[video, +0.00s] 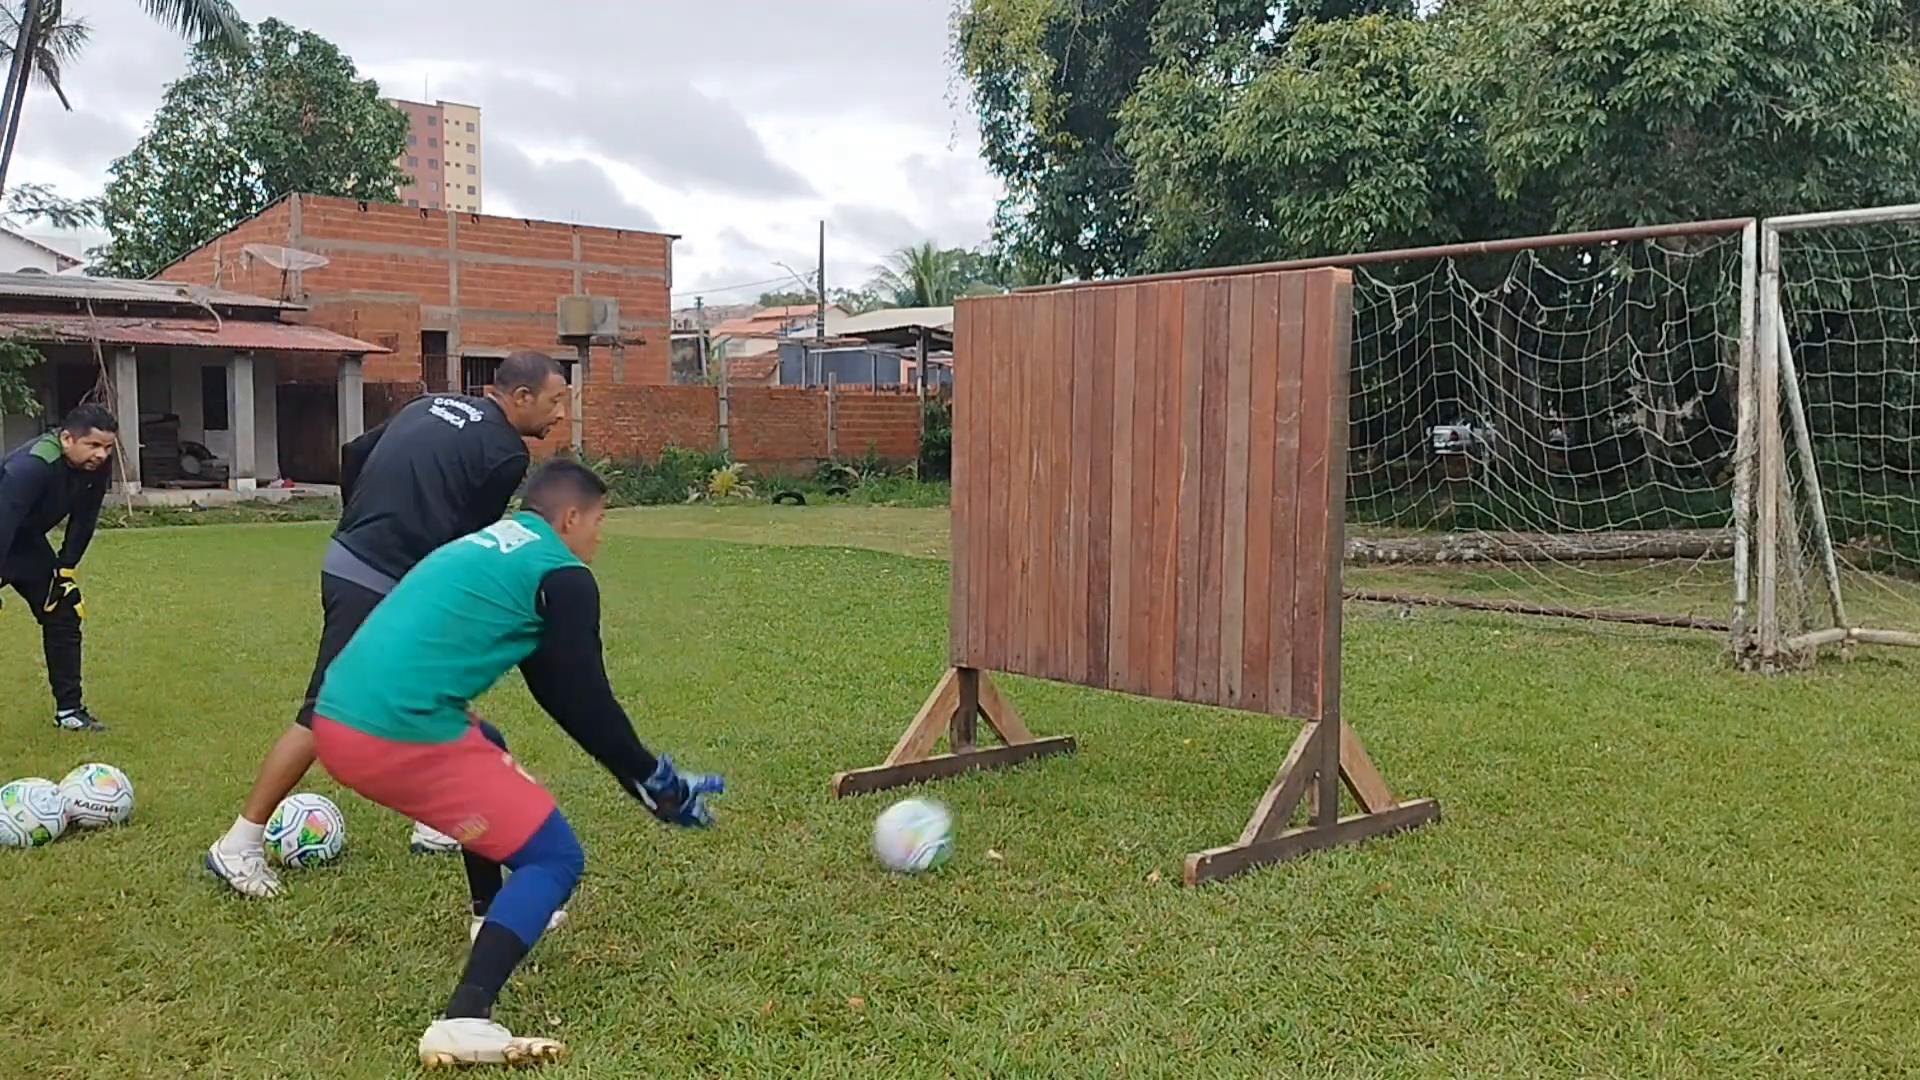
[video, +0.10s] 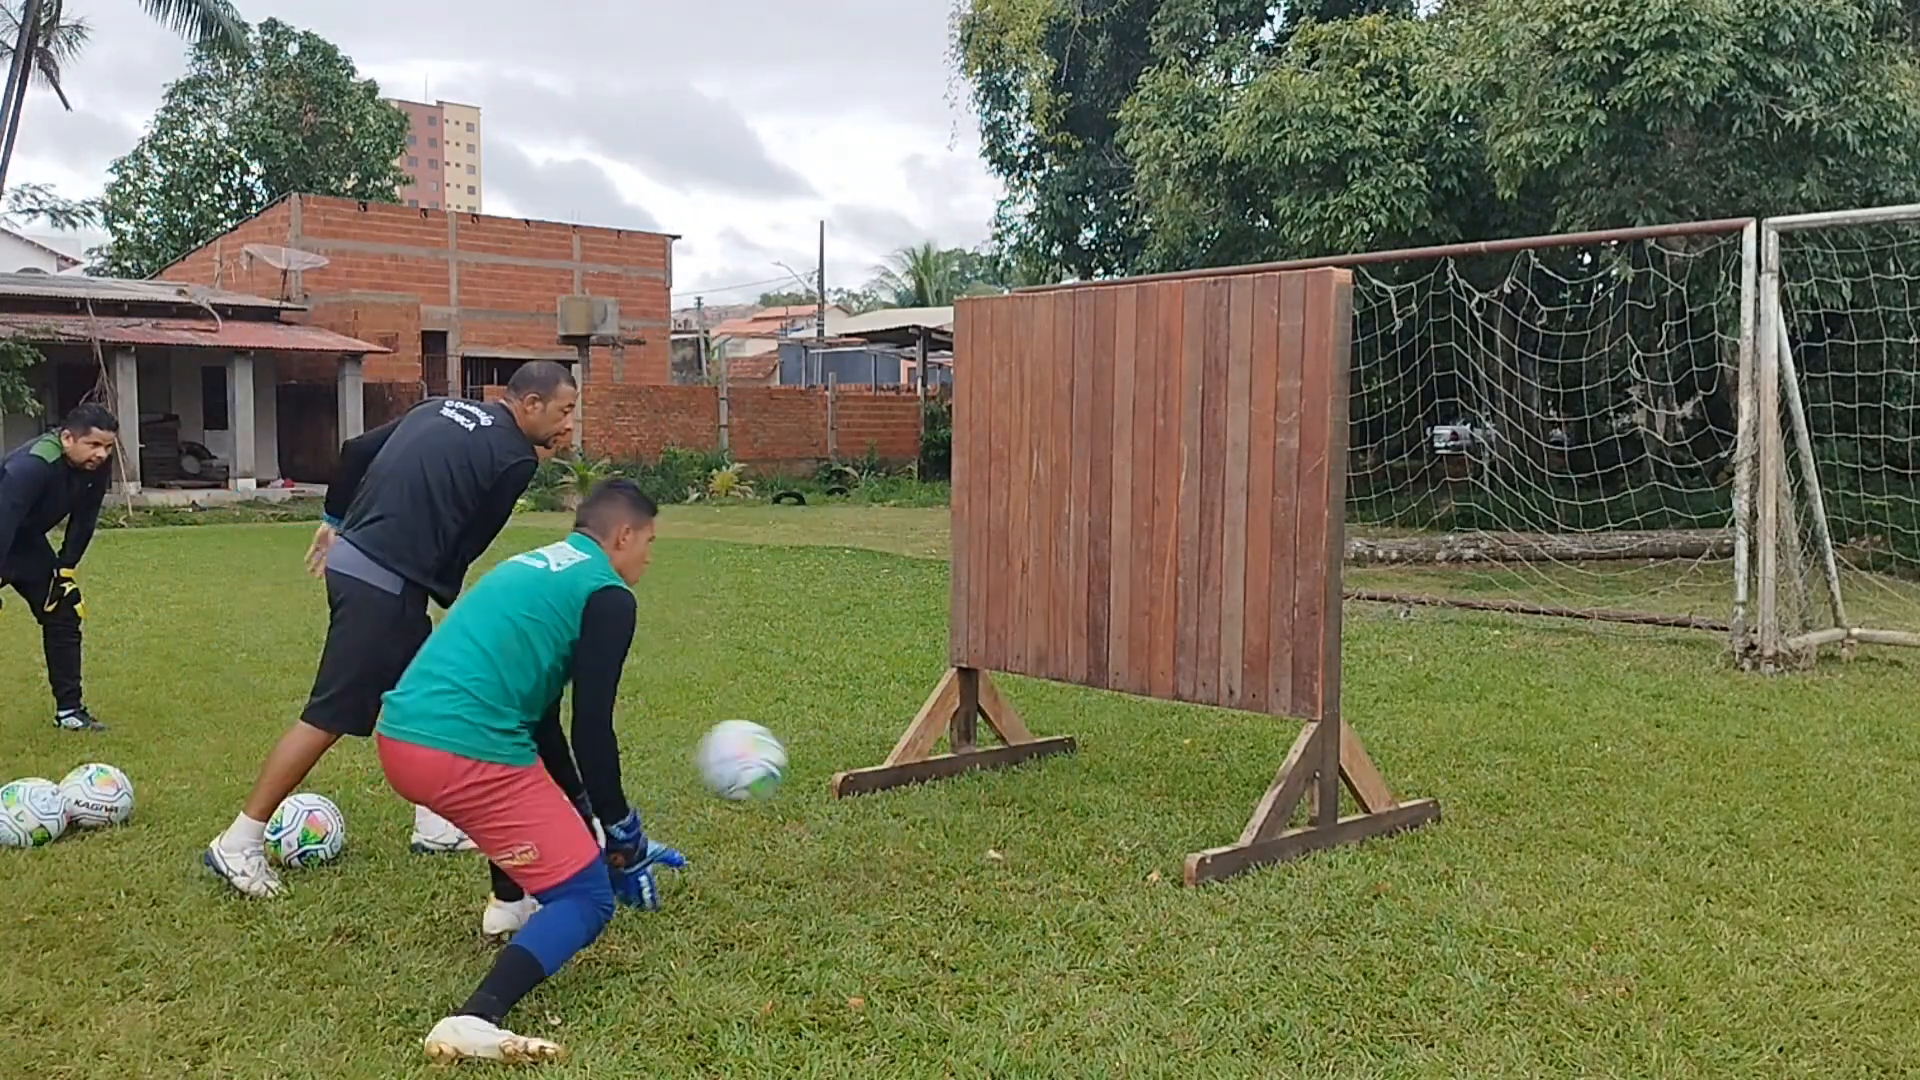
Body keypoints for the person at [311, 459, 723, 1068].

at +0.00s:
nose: (598, 538)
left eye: (600, 524)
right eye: (598, 523)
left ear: (534, 509)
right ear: (572, 517)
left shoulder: (496, 544)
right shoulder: (563, 574)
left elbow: (556, 694)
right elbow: (584, 700)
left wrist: (639, 770)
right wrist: (653, 780)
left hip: (343, 718)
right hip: (400, 737)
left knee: (485, 742)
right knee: (555, 859)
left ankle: (492, 911)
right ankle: (465, 1017)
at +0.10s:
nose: (647, 559)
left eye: (650, 545)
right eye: (648, 543)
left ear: (585, 530)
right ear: (624, 536)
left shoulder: (530, 565)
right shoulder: (608, 594)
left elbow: (540, 725)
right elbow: (592, 728)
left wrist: (584, 811)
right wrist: (623, 826)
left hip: (403, 737)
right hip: (469, 756)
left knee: (519, 773)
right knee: (587, 896)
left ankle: (510, 901)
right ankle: (476, 1018)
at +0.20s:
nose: (703, 596)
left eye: (705, 582)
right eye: (703, 581)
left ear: (639, 568)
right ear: (677, 578)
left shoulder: (583, 592)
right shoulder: (663, 633)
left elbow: (542, 695)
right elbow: (603, 740)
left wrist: (592, 771)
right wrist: (626, 808)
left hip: (441, 758)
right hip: (516, 778)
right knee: (614, 928)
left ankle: (521, 902)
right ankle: (497, 1008)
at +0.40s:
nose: (747, 678)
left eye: (749, 668)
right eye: (749, 667)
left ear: (693, 646)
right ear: (739, 664)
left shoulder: (647, 666)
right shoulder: (731, 706)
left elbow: (651, 804)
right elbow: (725, 824)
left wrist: (692, 774)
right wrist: (748, 764)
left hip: (497, 760)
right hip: (572, 791)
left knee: (533, 804)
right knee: (633, 954)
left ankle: (520, 909)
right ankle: (514, 997)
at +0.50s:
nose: (773, 714)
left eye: (775, 707)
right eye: (774, 707)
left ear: (719, 687)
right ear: (764, 704)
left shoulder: (678, 712)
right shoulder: (758, 739)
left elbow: (701, 838)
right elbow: (771, 862)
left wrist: (748, 795)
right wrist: (785, 789)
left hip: (538, 752)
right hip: (600, 781)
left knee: (571, 805)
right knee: (632, 949)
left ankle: (523, 892)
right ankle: (516, 1003)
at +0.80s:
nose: (857, 783)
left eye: (859, 774)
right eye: (862, 776)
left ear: (835, 744)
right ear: (858, 764)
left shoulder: (790, 741)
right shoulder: (850, 777)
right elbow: (796, 846)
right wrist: (811, 866)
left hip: (655, 719)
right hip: (715, 731)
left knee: (652, 851)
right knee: (766, 889)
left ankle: (566, 840)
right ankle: (622, 897)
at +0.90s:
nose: (859, 759)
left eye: (862, 752)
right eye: (864, 753)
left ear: (836, 728)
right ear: (858, 747)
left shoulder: (787, 724)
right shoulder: (854, 764)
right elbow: (802, 816)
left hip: (665, 726)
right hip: (726, 738)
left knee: (691, 840)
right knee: (823, 864)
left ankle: (600, 848)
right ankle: (685, 873)